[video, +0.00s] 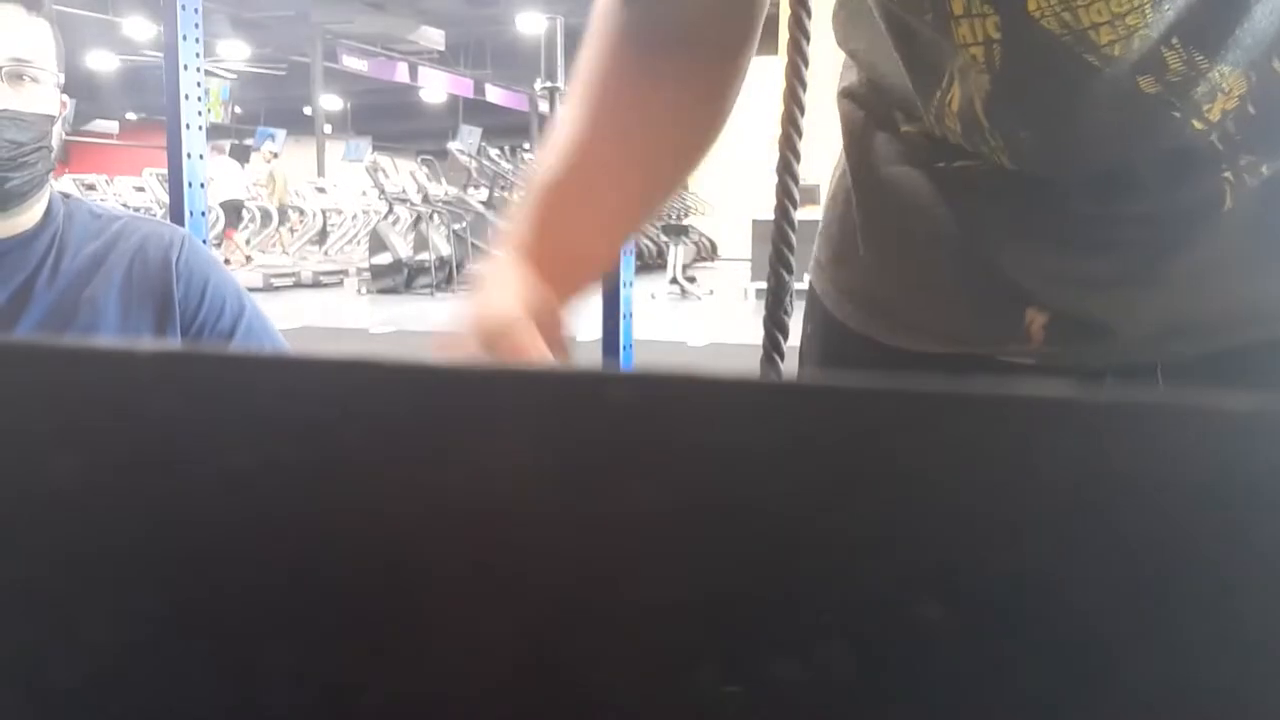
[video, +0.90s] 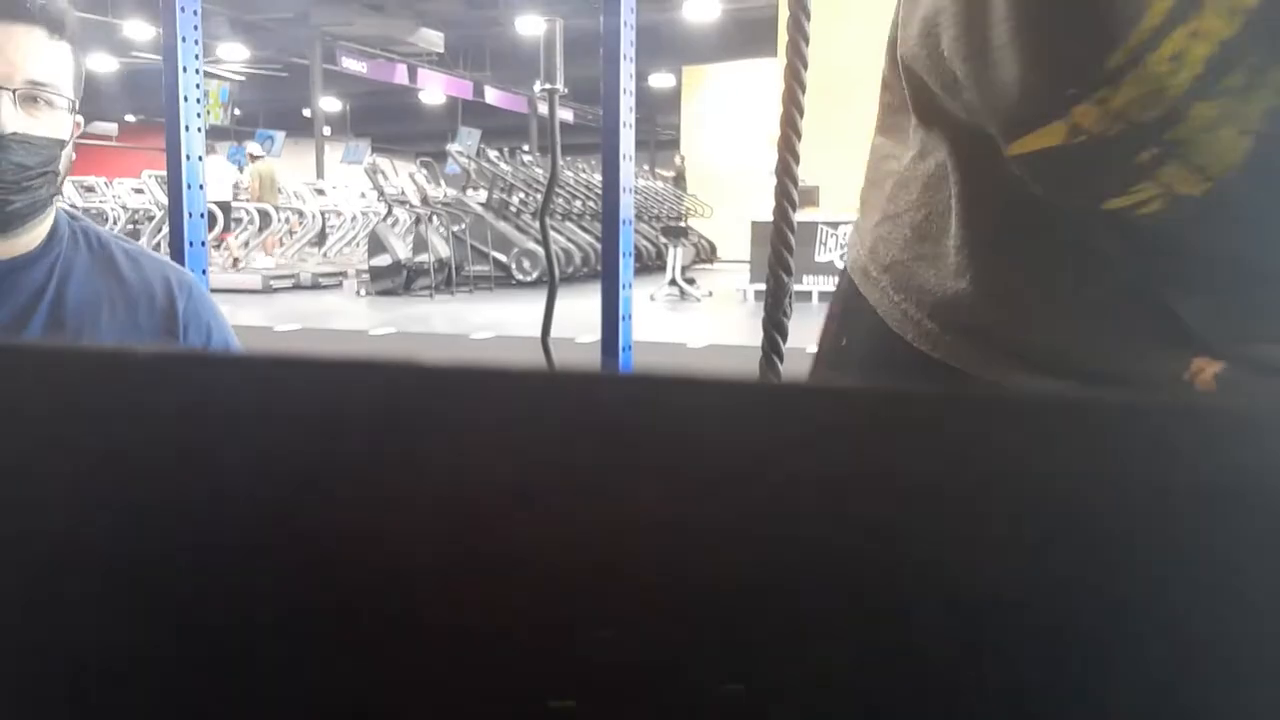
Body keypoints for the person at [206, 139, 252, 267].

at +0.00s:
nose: (208, 155)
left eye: (209, 152)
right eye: (209, 153)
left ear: (212, 151)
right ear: (225, 151)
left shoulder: (212, 162)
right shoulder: (235, 163)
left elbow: (207, 180)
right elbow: (246, 182)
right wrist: (254, 195)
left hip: (223, 198)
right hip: (239, 198)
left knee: (230, 230)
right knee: (231, 230)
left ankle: (247, 254)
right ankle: (226, 257)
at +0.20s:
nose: (208, 151)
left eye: (209, 148)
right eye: (208, 148)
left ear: (216, 147)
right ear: (225, 147)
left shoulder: (212, 161)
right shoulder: (236, 161)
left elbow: (209, 178)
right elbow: (245, 180)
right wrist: (253, 193)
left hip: (219, 196)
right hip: (236, 196)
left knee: (214, 226)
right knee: (231, 229)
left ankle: (234, 248)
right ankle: (230, 255)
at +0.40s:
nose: (209, 152)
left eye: (211, 149)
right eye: (210, 149)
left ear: (216, 148)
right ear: (225, 148)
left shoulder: (214, 159)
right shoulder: (236, 159)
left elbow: (211, 177)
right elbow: (244, 178)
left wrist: (202, 188)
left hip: (217, 195)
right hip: (235, 195)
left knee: (213, 225)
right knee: (232, 228)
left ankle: (216, 253)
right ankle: (235, 256)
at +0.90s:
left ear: (205, 152)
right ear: (217, 150)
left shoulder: (203, 163)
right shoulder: (225, 162)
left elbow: (199, 180)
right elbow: (236, 175)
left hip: (208, 198)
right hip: (225, 198)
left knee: (207, 231)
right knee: (227, 231)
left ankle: (206, 259)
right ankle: (236, 256)